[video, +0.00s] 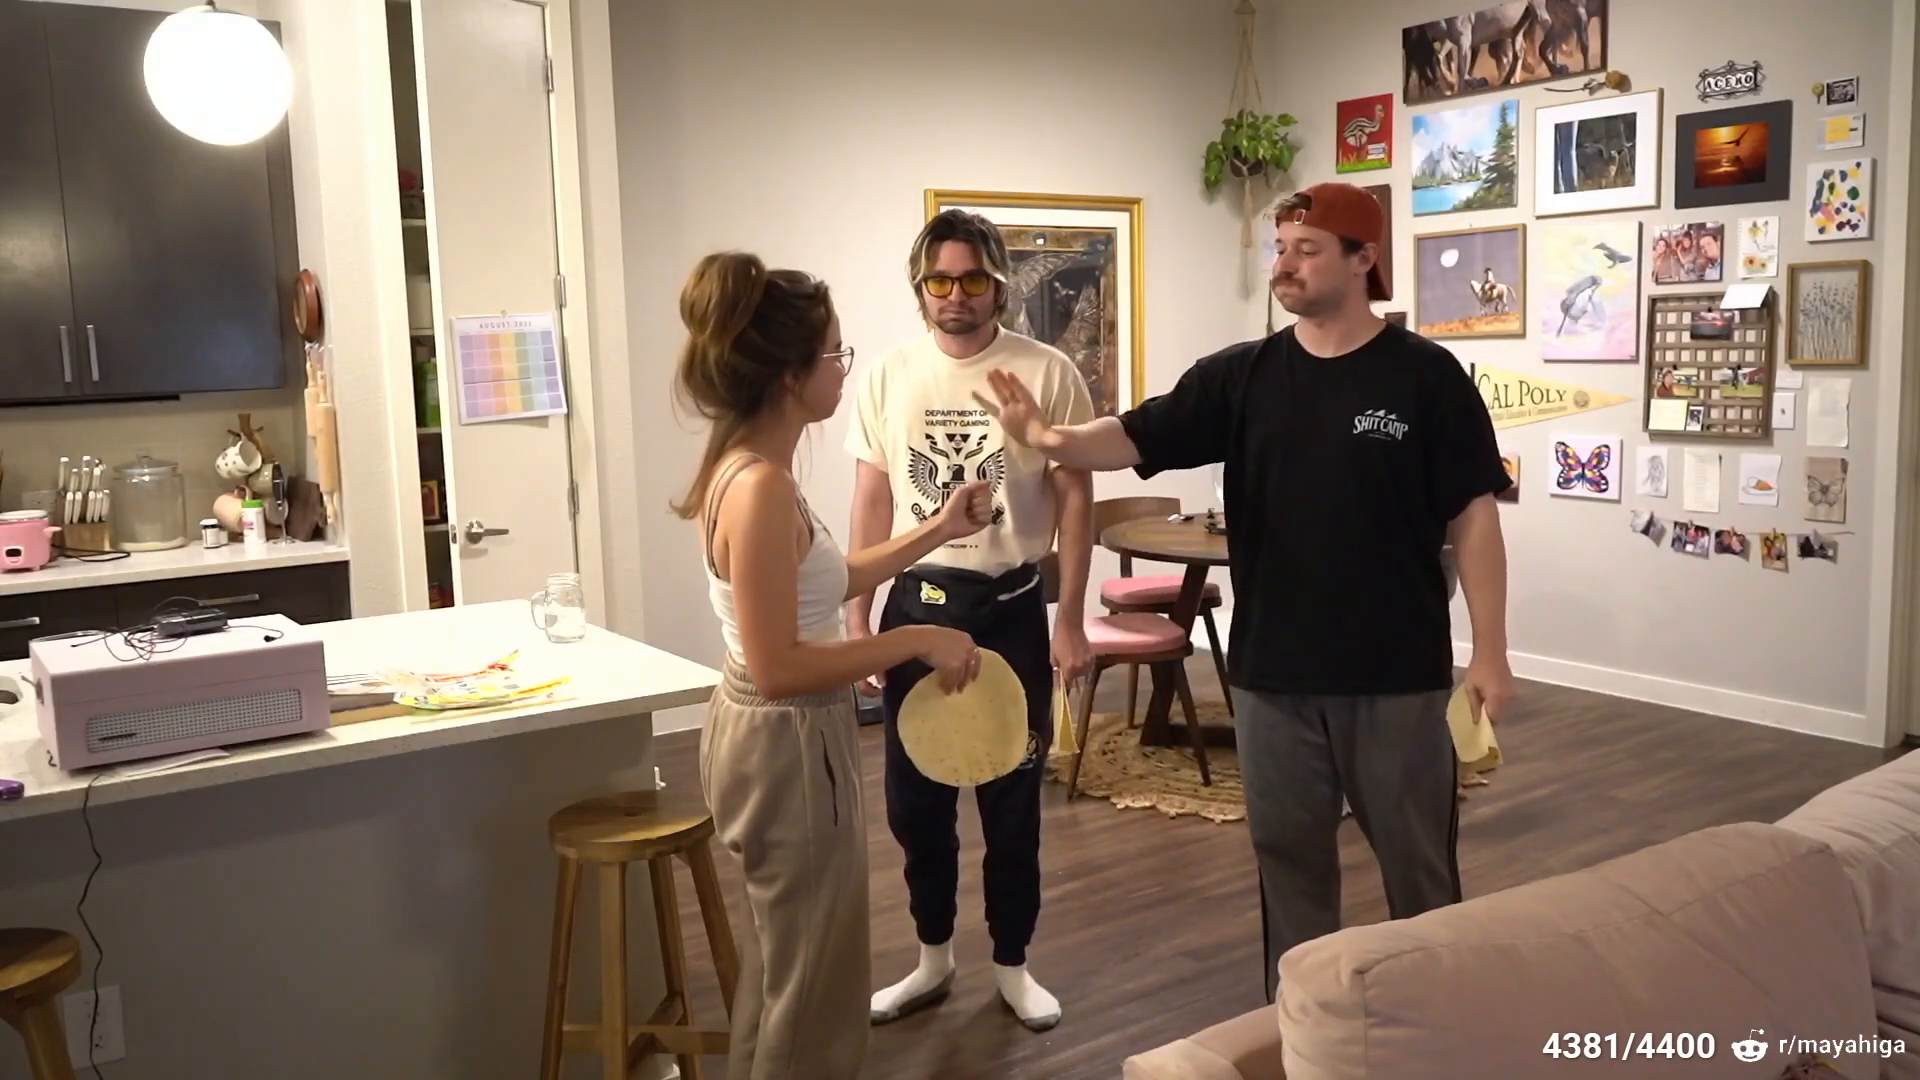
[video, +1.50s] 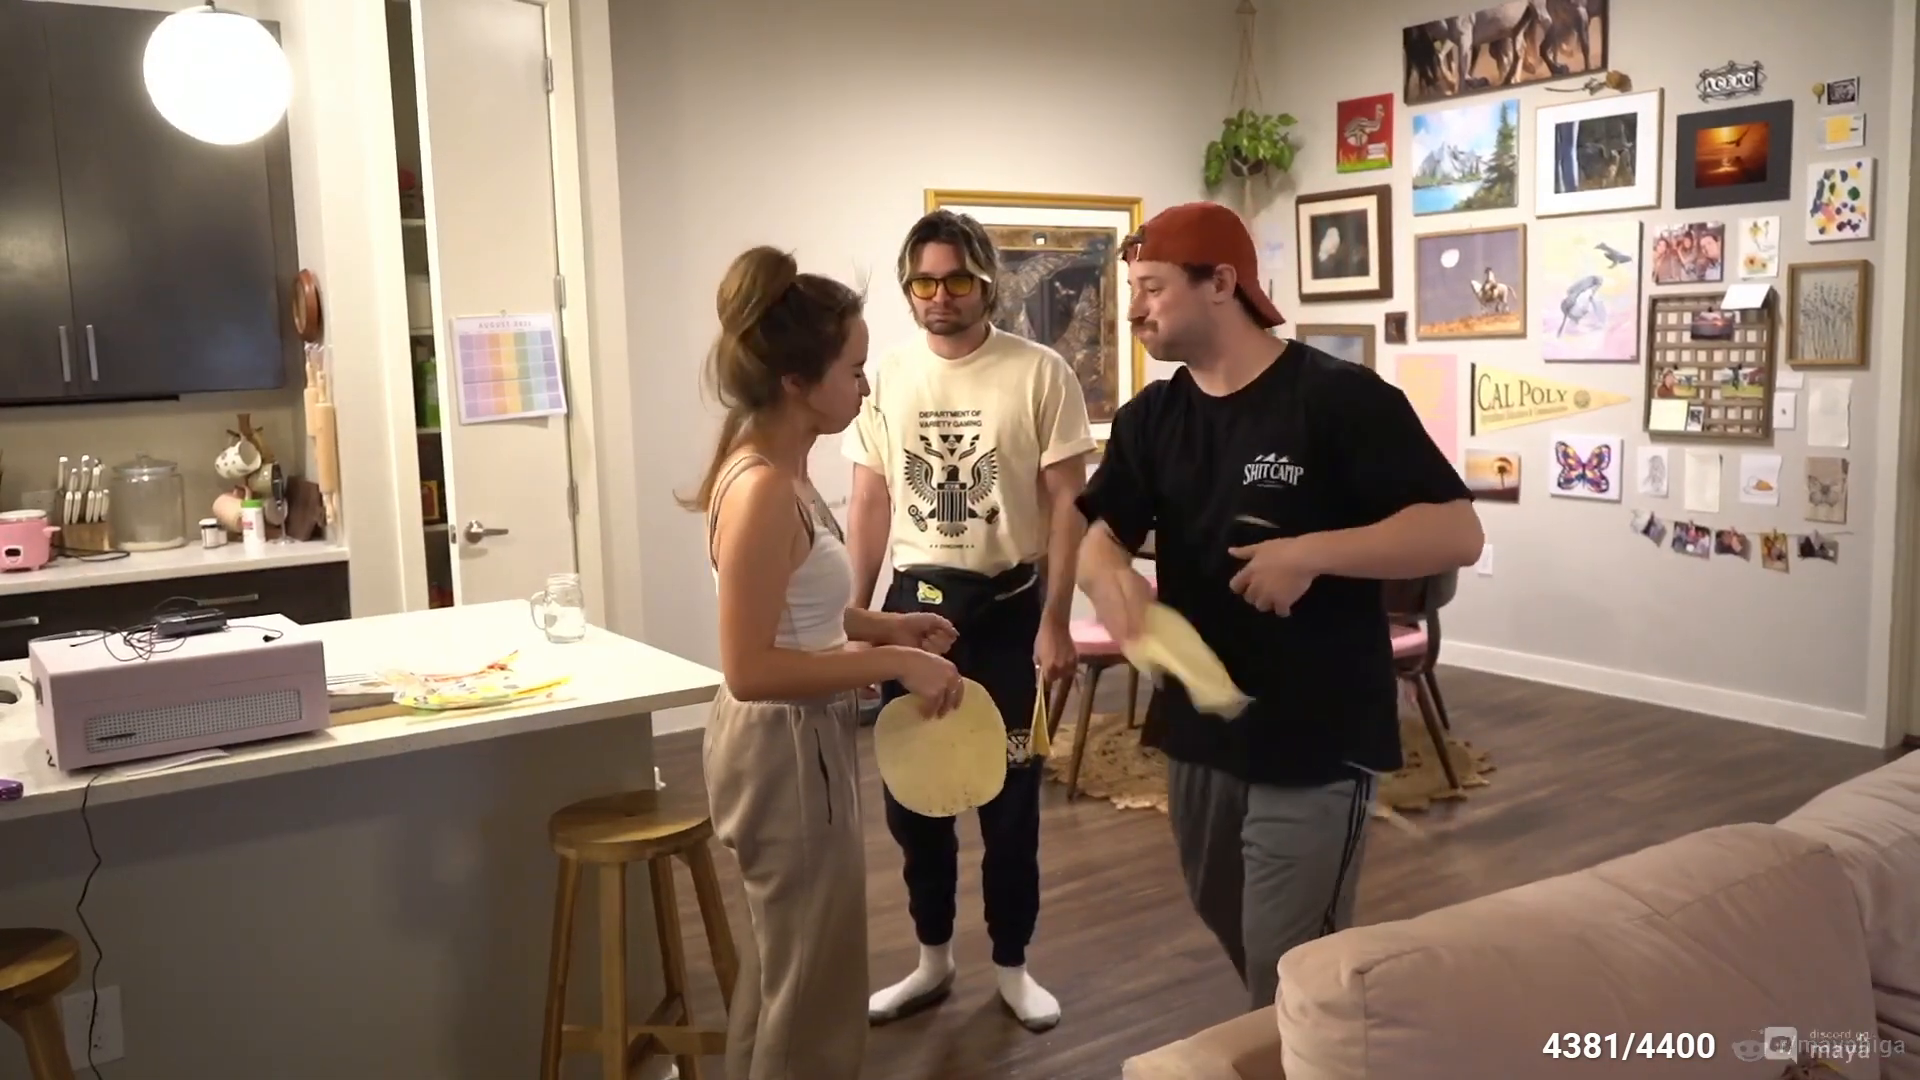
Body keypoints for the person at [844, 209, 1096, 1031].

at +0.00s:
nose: (955, 296)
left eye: (972, 281)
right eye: (940, 281)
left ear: (999, 285)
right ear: (920, 287)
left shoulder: (1047, 372)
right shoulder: (887, 376)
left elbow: (1076, 498)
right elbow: (872, 502)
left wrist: (1069, 618)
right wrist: (865, 624)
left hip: (1015, 605)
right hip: (915, 607)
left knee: (1012, 796)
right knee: (917, 799)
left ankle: (1013, 967)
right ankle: (933, 957)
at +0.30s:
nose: (948, 296)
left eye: (964, 281)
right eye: (932, 283)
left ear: (991, 285)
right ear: (911, 289)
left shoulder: (1040, 372)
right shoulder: (882, 375)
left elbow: (1067, 507)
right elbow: (862, 504)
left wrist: (1061, 620)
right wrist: (855, 620)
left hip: (1008, 609)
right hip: (910, 609)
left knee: (1009, 797)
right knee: (913, 799)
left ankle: (1013, 967)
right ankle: (933, 958)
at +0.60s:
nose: (945, 298)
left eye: (961, 282)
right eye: (928, 284)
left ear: (988, 285)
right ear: (908, 291)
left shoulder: (1037, 371)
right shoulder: (887, 375)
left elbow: (1064, 500)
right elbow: (862, 500)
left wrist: (1054, 617)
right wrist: (857, 613)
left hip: (1005, 606)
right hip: (907, 610)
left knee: (1009, 791)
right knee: (913, 795)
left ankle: (1011, 965)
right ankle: (932, 959)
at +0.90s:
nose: (945, 299)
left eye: (961, 283)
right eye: (928, 285)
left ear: (988, 287)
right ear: (909, 292)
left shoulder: (1038, 371)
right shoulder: (889, 375)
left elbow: (1065, 501)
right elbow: (866, 501)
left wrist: (1056, 616)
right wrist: (854, 614)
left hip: (1006, 602)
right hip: (908, 604)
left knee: (1010, 787)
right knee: (912, 794)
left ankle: (1011, 965)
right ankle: (932, 960)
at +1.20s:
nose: (941, 298)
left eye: (958, 282)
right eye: (925, 284)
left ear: (988, 286)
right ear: (907, 291)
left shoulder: (1038, 372)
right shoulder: (889, 373)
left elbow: (1067, 502)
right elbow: (868, 500)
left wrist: (1056, 617)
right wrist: (854, 613)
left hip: (1006, 603)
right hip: (908, 604)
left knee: (1009, 791)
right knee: (913, 792)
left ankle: (1013, 967)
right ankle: (933, 960)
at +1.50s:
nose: (939, 297)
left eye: (956, 281)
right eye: (924, 283)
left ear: (988, 284)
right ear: (907, 290)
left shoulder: (1039, 370)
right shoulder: (891, 373)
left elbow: (1067, 501)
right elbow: (870, 498)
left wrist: (1057, 620)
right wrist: (857, 612)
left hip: (1006, 601)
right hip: (911, 602)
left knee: (1010, 792)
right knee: (913, 789)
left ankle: (1012, 966)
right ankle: (932, 959)